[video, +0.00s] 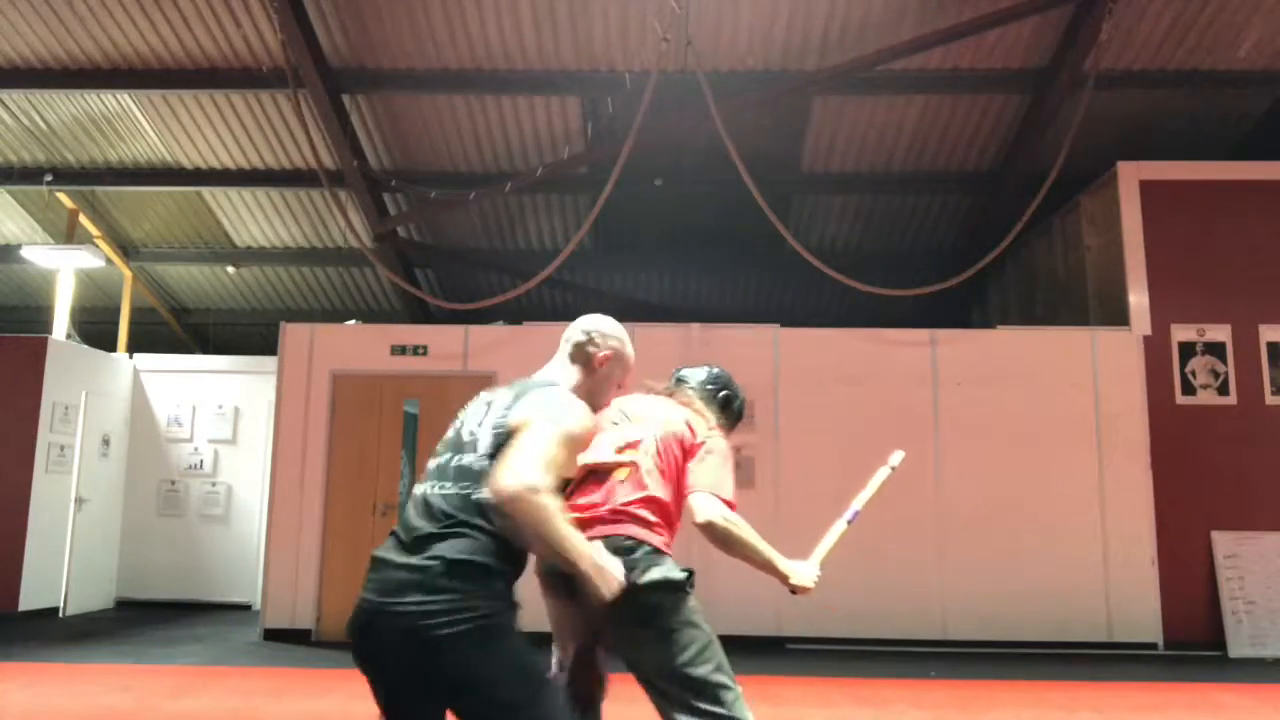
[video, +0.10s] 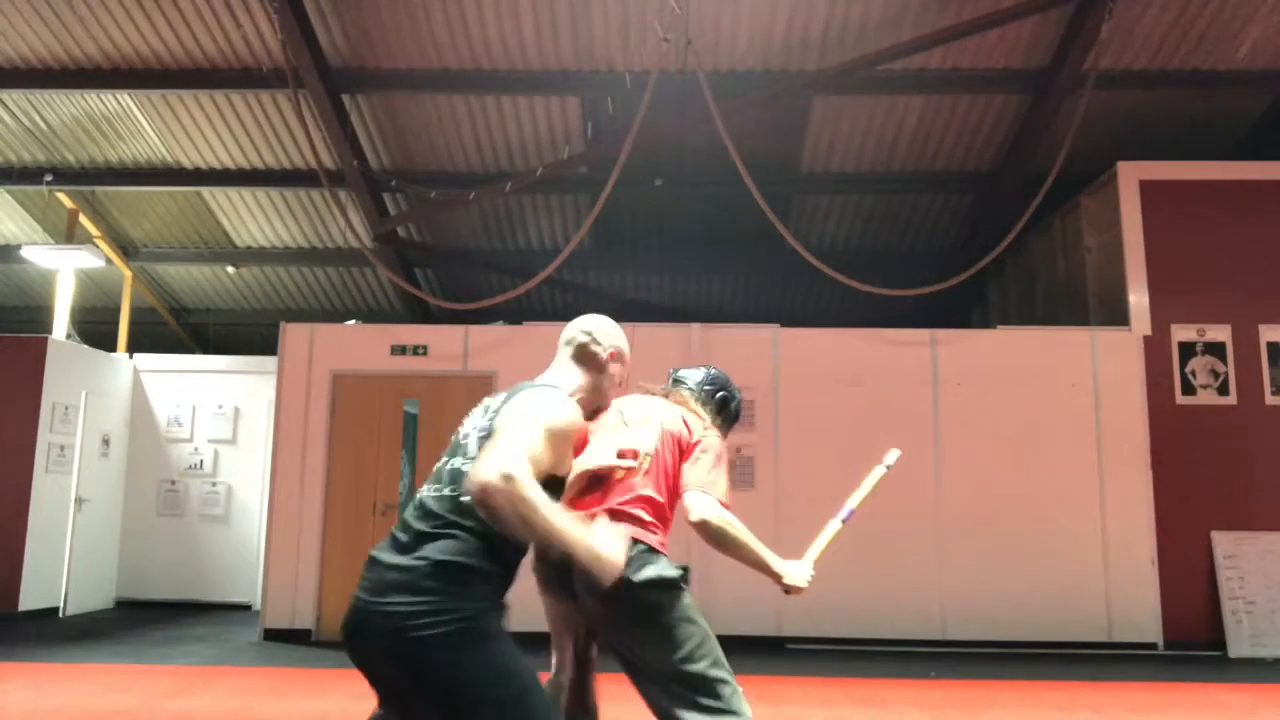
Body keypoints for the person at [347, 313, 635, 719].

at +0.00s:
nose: (613, 398)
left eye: (622, 386)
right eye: (619, 382)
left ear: (563, 352)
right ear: (601, 360)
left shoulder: (483, 401)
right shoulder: (565, 409)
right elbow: (515, 488)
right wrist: (590, 559)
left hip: (379, 615)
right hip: (457, 621)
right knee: (547, 708)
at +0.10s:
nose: (621, 390)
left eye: (625, 375)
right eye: (624, 372)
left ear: (563, 353)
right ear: (610, 358)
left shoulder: (497, 403)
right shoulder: (557, 409)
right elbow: (495, 479)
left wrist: (577, 469)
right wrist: (588, 545)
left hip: (375, 613)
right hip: (440, 621)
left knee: (412, 709)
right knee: (534, 708)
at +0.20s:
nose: (607, 398)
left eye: (611, 380)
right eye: (611, 378)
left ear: (550, 359)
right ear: (602, 366)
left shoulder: (501, 406)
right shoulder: (532, 398)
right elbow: (486, 467)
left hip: (379, 606)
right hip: (416, 611)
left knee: (425, 705)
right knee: (522, 710)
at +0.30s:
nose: (587, 380)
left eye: (591, 370)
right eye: (586, 366)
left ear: (544, 354)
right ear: (566, 357)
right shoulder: (520, 389)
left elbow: (513, 517)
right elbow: (496, 459)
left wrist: (579, 488)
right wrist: (597, 425)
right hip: (412, 603)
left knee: (422, 706)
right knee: (513, 710)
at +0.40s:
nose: (559, 372)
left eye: (564, 362)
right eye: (561, 357)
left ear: (524, 340)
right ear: (551, 346)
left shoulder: (468, 391)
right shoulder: (493, 382)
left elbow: (489, 503)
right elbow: (555, 442)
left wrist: (562, 499)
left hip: (385, 591)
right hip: (423, 596)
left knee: (411, 712)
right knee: (495, 711)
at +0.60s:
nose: (535, 377)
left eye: (541, 370)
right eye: (539, 365)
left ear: (488, 335)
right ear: (525, 338)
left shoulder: (423, 385)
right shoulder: (497, 381)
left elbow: (432, 497)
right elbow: (579, 452)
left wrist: (507, 497)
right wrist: (595, 363)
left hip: (371, 580)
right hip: (421, 582)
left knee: (416, 698)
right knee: (472, 710)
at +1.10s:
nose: (519, 417)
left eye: (525, 408)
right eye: (521, 403)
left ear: (475, 378)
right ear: (492, 379)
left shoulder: (397, 423)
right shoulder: (487, 426)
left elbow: (393, 513)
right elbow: (562, 505)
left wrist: (462, 519)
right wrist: (601, 426)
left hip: (327, 602)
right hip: (396, 605)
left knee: (386, 684)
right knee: (460, 711)